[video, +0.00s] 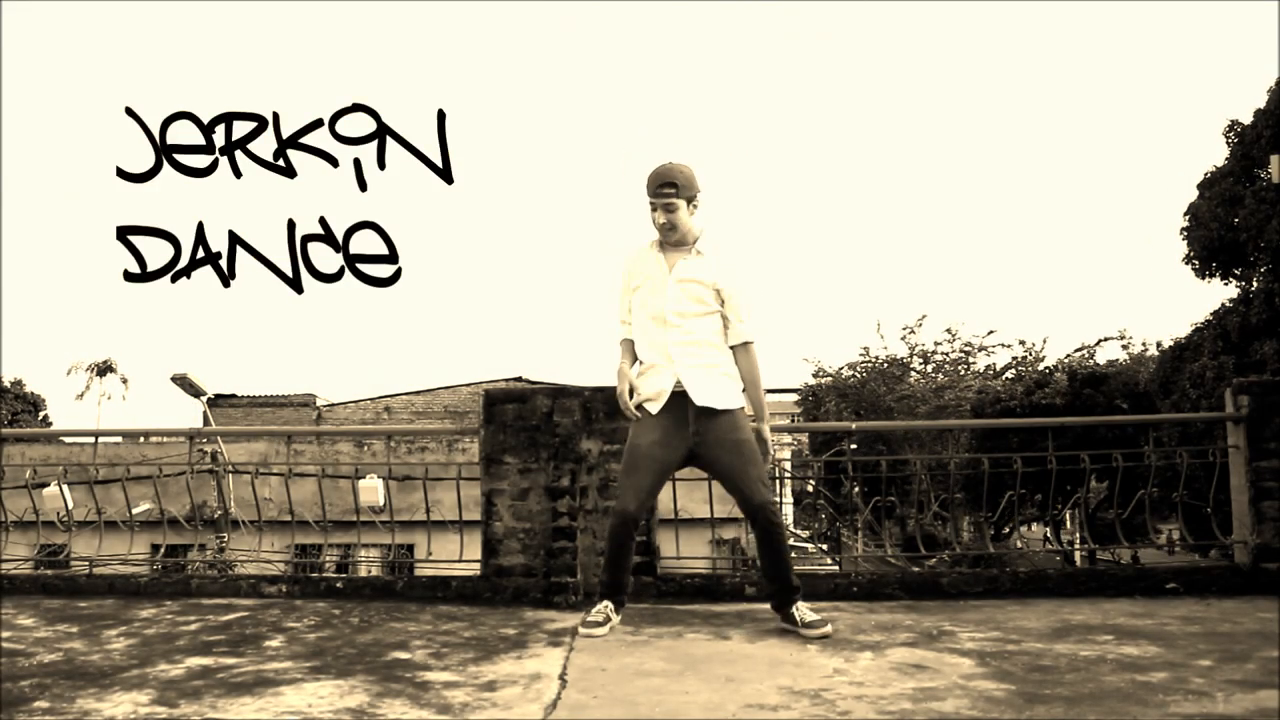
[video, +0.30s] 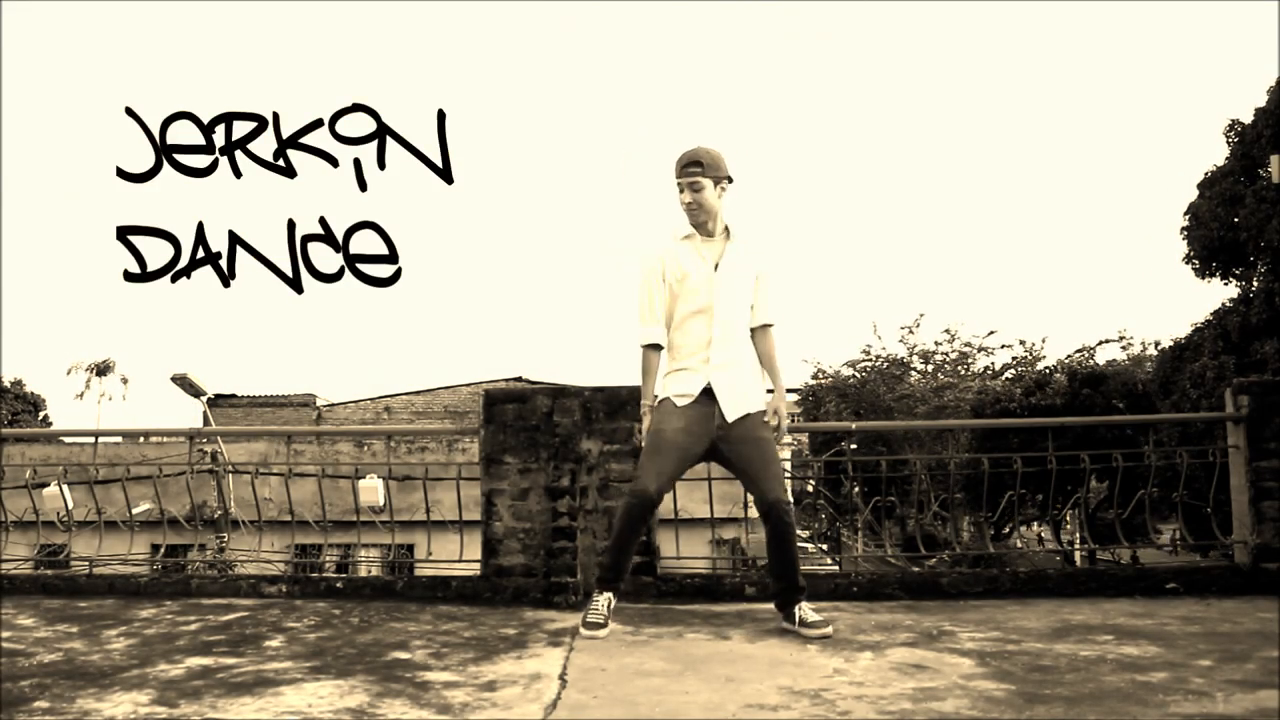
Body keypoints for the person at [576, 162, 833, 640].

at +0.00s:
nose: (661, 215)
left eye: (670, 206)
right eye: (654, 207)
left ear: (692, 206)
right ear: (649, 208)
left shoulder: (721, 265)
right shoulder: (638, 264)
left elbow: (743, 346)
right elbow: (629, 334)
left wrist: (761, 421)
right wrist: (624, 369)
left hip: (720, 406)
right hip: (657, 407)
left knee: (764, 506)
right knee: (626, 510)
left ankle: (788, 604)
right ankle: (608, 603)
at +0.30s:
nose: (687, 198)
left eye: (696, 188)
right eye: (682, 190)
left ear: (722, 188)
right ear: (678, 195)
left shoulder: (751, 256)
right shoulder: (665, 260)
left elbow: (762, 329)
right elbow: (652, 340)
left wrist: (778, 388)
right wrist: (647, 408)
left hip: (742, 397)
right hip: (681, 396)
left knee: (777, 502)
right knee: (645, 491)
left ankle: (791, 604)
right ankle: (604, 593)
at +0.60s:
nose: (661, 219)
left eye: (670, 209)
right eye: (655, 211)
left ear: (697, 212)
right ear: (652, 218)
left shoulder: (732, 279)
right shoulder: (642, 286)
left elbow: (763, 352)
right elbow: (644, 367)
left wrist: (789, 420)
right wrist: (648, 429)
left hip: (743, 415)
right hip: (680, 421)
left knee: (791, 501)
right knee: (656, 520)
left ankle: (799, 605)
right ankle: (621, 609)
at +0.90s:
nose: (625, 210)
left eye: (634, 200)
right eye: (619, 201)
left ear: (658, 198)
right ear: (615, 204)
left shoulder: (696, 251)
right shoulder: (612, 270)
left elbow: (723, 325)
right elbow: (616, 347)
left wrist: (747, 389)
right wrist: (625, 413)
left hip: (722, 394)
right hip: (663, 403)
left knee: (778, 491)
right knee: (645, 514)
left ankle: (812, 593)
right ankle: (618, 607)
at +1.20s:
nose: (662, 203)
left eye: (671, 193)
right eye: (656, 194)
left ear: (696, 196)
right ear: (650, 200)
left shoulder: (726, 258)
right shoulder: (638, 269)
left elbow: (744, 323)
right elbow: (627, 348)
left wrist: (760, 381)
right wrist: (627, 416)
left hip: (727, 398)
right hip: (668, 399)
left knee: (777, 488)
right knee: (647, 494)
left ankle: (771, 589)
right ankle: (605, 585)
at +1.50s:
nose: (683, 236)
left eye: (694, 227)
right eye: (678, 226)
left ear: (718, 227)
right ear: (672, 224)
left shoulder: (742, 286)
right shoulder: (651, 275)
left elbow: (755, 365)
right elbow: (638, 347)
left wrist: (773, 432)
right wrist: (643, 410)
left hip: (741, 422)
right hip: (679, 423)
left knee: (790, 517)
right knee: (647, 525)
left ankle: (799, 607)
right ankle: (603, 601)